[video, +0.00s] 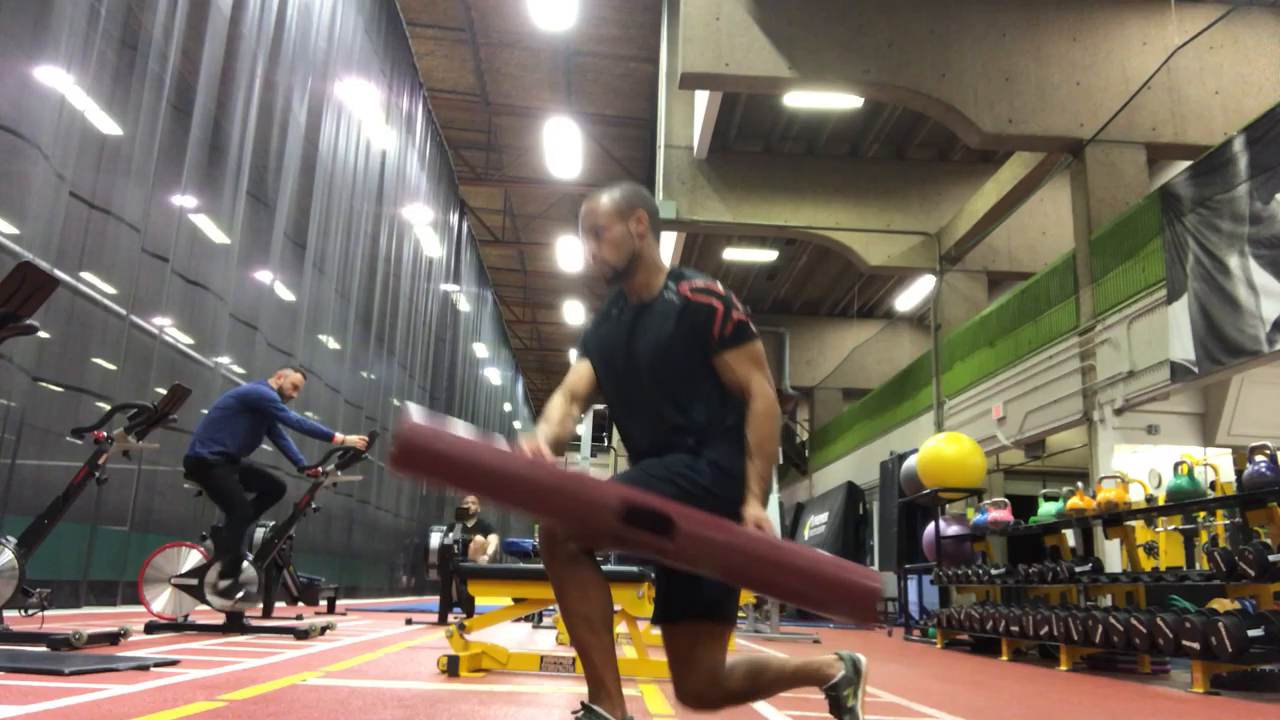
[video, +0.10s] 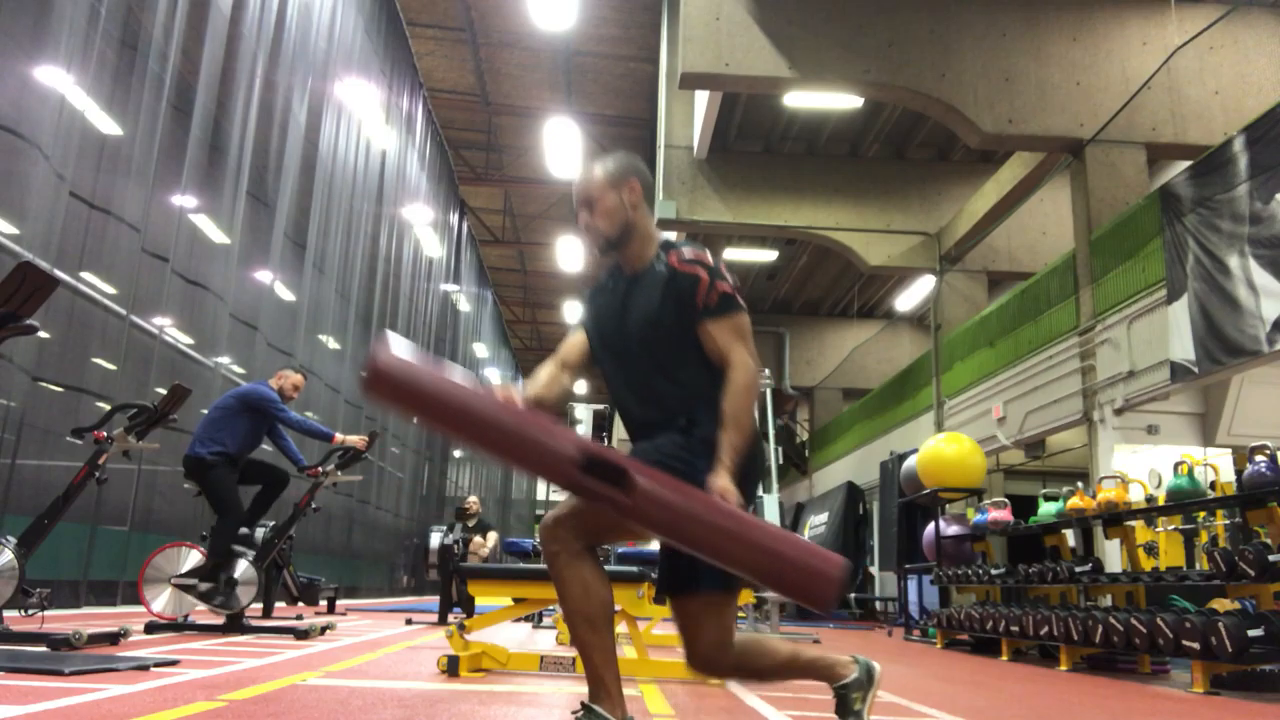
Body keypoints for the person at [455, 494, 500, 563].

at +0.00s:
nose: (469, 506)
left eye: (473, 503)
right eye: (466, 503)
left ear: (478, 508)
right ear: (462, 506)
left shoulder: (484, 525)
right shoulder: (454, 526)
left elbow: (494, 539)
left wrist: (487, 556)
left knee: (478, 540)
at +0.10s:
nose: (471, 506)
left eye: (474, 503)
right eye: (468, 503)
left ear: (479, 508)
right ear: (463, 507)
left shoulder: (484, 524)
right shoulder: (457, 525)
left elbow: (493, 534)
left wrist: (487, 548)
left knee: (477, 541)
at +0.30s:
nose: (474, 506)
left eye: (477, 504)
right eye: (471, 504)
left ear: (482, 510)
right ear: (467, 508)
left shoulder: (486, 525)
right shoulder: (460, 524)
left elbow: (493, 533)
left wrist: (487, 541)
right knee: (459, 545)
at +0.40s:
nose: (475, 509)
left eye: (478, 507)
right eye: (472, 507)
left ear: (483, 512)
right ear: (468, 511)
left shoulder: (487, 526)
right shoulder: (461, 525)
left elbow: (494, 535)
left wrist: (489, 543)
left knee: (476, 551)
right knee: (458, 549)